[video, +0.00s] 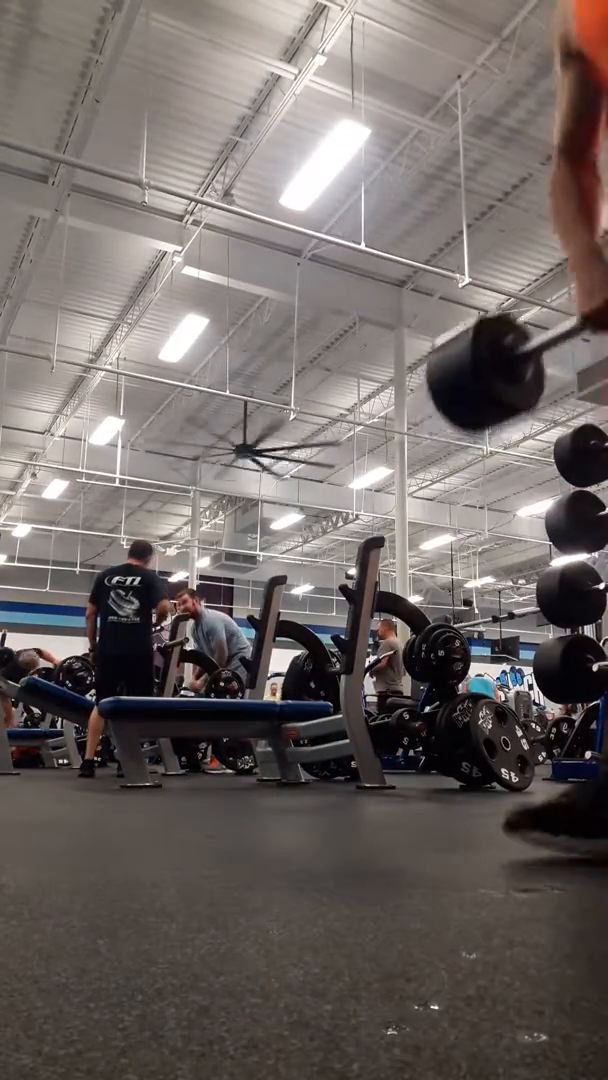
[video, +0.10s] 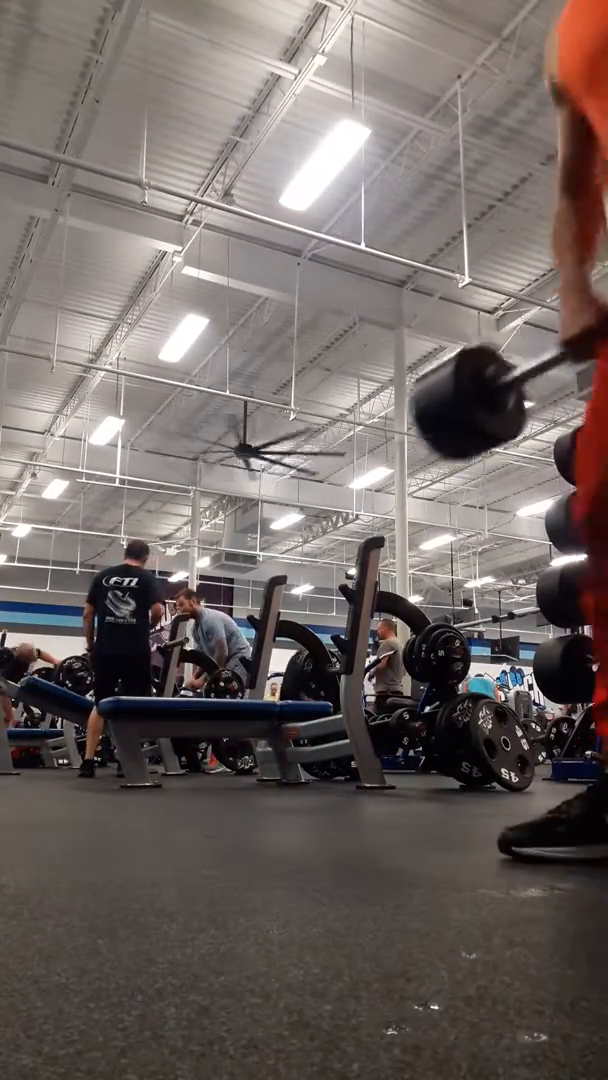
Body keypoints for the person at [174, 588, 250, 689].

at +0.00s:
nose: (182, 607)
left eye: (184, 602)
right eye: (179, 605)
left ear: (195, 601)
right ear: (178, 609)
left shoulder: (212, 620)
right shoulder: (195, 628)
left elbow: (222, 655)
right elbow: (202, 656)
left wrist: (203, 681)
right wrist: (195, 677)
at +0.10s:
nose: (179, 610)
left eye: (181, 605)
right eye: (177, 607)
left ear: (193, 601)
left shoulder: (211, 619)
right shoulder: (195, 628)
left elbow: (222, 653)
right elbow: (203, 656)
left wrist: (202, 680)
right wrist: (195, 677)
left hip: (240, 656)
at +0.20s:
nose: (177, 614)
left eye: (178, 609)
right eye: (176, 610)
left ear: (189, 604)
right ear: (188, 605)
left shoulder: (209, 619)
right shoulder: (195, 628)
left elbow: (221, 653)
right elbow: (202, 656)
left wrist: (202, 680)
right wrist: (195, 677)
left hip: (240, 655)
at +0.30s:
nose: (176, 618)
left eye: (176, 614)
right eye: (173, 615)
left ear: (185, 607)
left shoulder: (206, 621)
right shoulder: (195, 629)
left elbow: (218, 656)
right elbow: (203, 657)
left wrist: (200, 681)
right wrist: (193, 679)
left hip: (238, 658)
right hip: (225, 659)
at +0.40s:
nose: (173, 623)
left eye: (173, 619)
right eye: (171, 621)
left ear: (182, 612)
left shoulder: (201, 625)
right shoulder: (193, 629)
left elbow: (215, 661)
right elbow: (203, 659)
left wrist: (198, 685)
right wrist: (193, 681)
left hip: (237, 662)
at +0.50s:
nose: (168, 631)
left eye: (167, 627)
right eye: (165, 628)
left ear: (176, 622)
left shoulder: (196, 629)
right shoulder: (191, 629)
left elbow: (210, 664)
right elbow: (200, 662)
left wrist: (195, 691)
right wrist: (191, 686)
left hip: (234, 660)